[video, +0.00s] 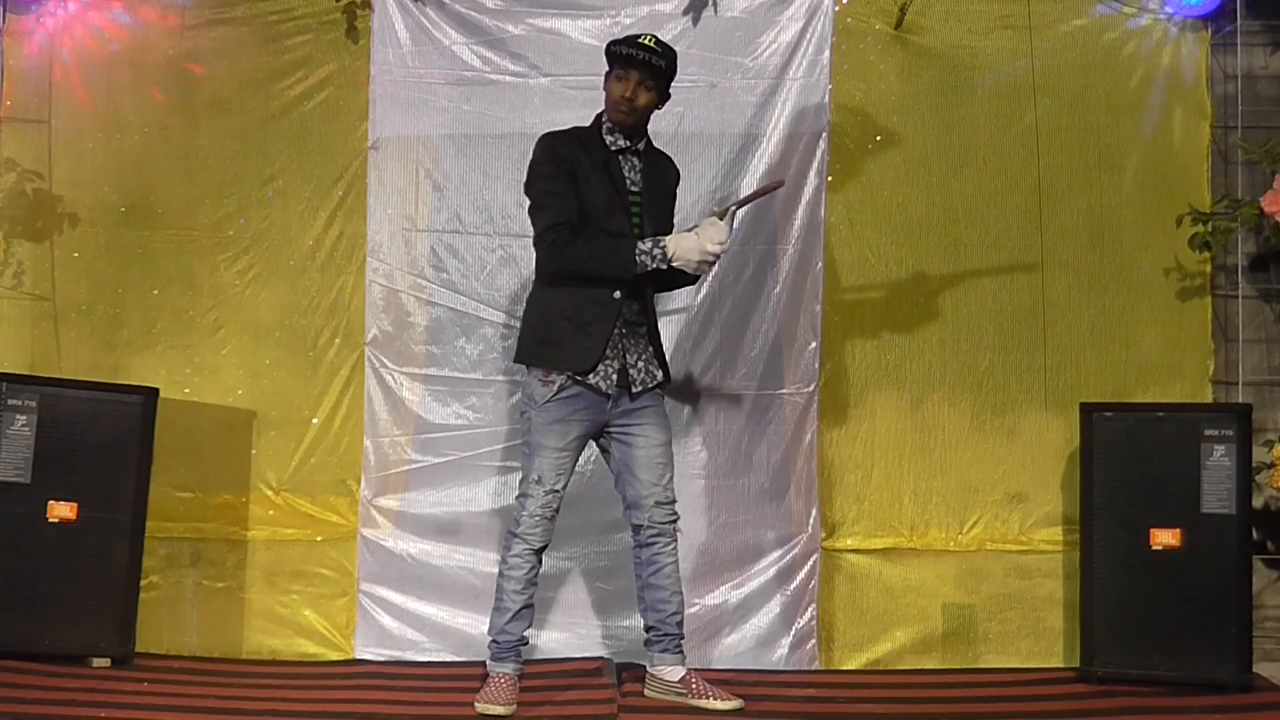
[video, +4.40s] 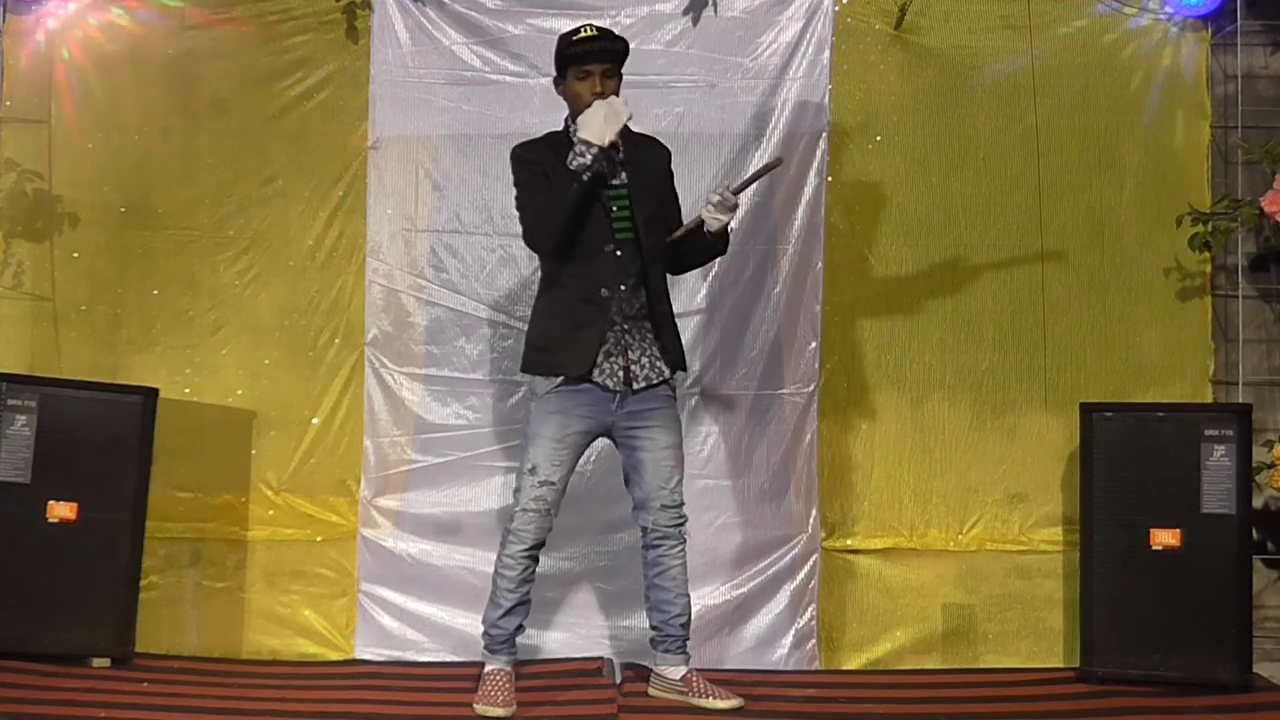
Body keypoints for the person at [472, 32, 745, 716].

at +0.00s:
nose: (631, 90)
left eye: (647, 84)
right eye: (623, 76)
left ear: (662, 98)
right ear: (606, 80)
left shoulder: (662, 171)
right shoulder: (558, 150)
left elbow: (642, 279)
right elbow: (556, 254)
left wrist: (692, 260)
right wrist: (659, 249)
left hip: (638, 370)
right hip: (564, 368)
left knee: (656, 518)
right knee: (534, 518)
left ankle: (666, 670)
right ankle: (503, 668)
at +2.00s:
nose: (624, 89)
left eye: (639, 80)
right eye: (616, 76)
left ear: (660, 91)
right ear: (602, 82)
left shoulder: (667, 170)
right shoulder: (559, 151)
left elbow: (649, 276)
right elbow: (534, 244)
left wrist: (694, 253)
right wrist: (632, 244)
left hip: (641, 371)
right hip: (565, 368)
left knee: (662, 520)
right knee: (533, 519)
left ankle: (667, 670)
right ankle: (503, 668)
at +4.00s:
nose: (634, 94)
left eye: (641, 82)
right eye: (620, 84)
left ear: (649, 87)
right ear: (591, 90)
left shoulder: (660, 163)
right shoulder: (549, 157)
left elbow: (653, 266)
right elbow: (543, 255)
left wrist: (702, 250)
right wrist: (618, 204)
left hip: (646, 375)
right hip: (567, 374)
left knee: (671, 519)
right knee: (536, 521)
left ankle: (672, 669)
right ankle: (503, 669)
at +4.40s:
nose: (601, 85)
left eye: (610, 73)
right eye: (585, 74)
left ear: (623, 79)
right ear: (561, 84)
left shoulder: (650, 154)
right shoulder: (537, 157)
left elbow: (667, 255)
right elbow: (544, 237)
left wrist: (707, 234)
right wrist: (588, 153)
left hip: (650, 371)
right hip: (570, 371)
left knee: (666, 519)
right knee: (531, 517)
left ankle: (673, 668)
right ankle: (498, 663)